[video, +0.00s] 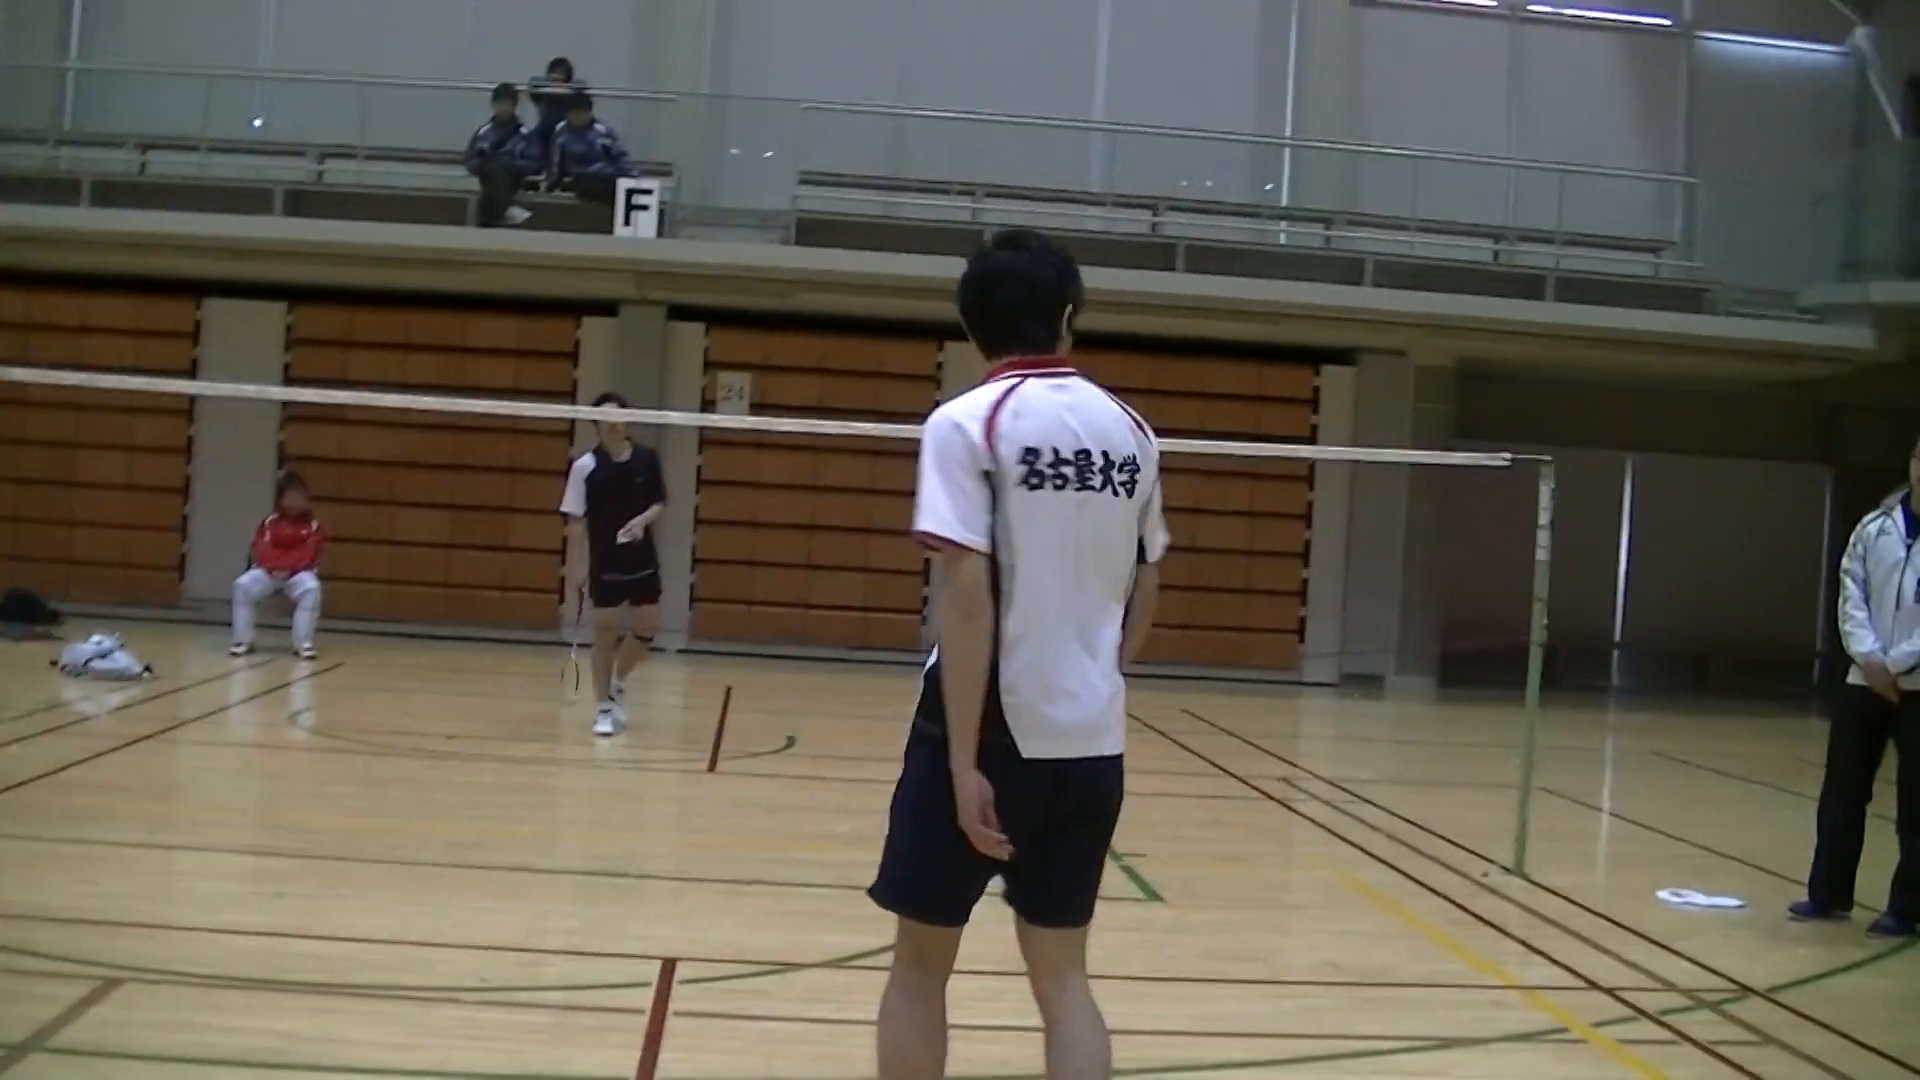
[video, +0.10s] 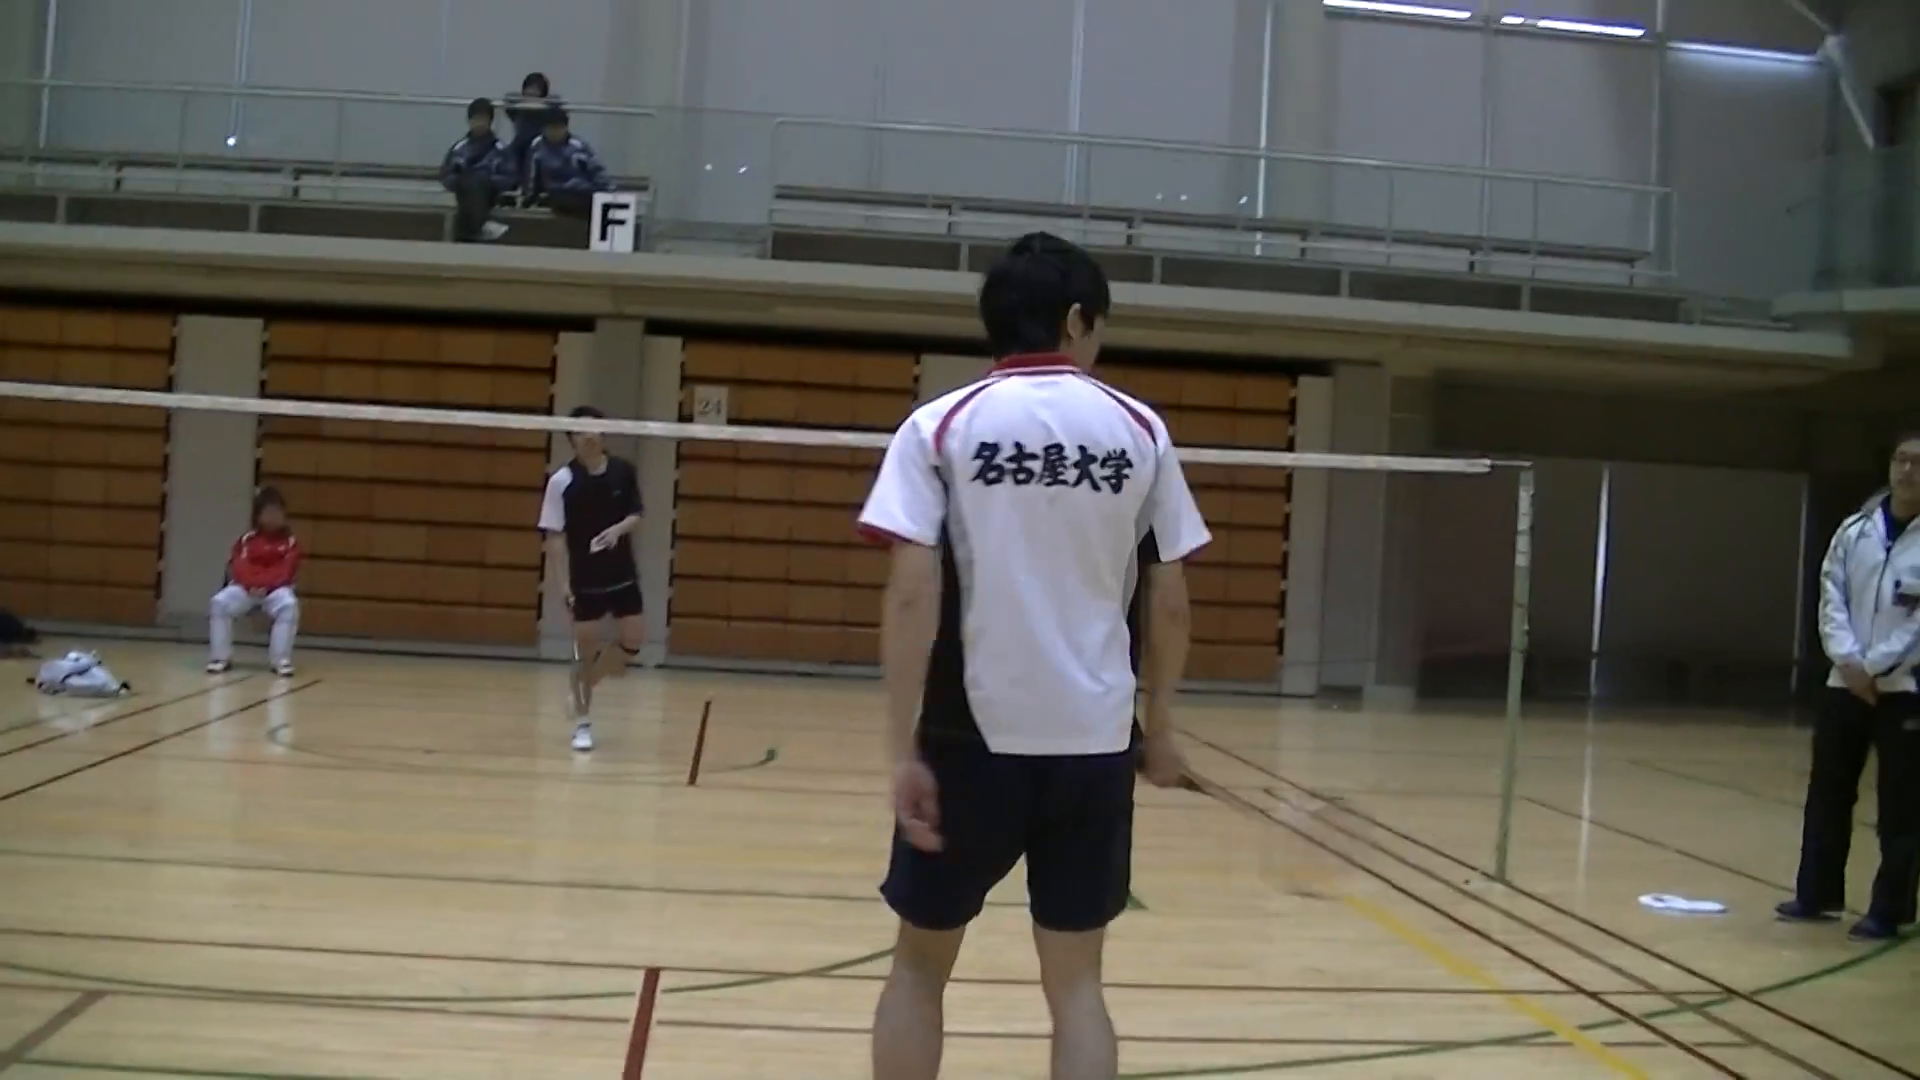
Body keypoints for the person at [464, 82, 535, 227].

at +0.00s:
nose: (503, 109)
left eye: (507, 104)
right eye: (499, 104)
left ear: (514, 105)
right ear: (493, 105)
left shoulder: (526, 134)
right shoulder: (483, 133)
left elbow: (534, 165)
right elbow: (470, 161)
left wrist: (507, 165)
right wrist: (490, 166)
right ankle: (507, 208)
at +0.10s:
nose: (479, 124)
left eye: (483, 120)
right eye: (475, 119)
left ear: (490, 121)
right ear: (469, 121)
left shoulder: (502, 149)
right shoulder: (458, 148)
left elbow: (511, 180)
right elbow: (446, 176)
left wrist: (485, 180)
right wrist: (465, 182)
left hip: (491, 196)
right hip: (463, 195)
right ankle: (482, 224)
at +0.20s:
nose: (458, 132)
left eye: (462, 127)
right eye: (454, 127)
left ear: (468, 128)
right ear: (448, 128)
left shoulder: (481, 157)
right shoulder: (437, 157)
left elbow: (490, 187)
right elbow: (425, 184)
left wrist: (465, 188)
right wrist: (441, 191)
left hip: (470, 202)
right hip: (442, 201)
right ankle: (460, 232)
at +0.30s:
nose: (431, 119)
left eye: (435, 114)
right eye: (427, 113)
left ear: (443, 115)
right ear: (421, 115)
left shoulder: (455, 143)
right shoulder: (411, 142)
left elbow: (464, 173)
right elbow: (399, 170)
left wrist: (439, 175)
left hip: (444, 191)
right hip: (416, 190)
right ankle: (435, 221)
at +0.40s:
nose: (411, 101)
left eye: (415, 96)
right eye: (407, 96)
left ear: (422, 97)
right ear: (401, 97)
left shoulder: (436, 126)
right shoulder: (391, 125)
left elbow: (445, 155)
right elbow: (379, 152)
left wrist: (419, 156)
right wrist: (395, 161)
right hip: (398, 177)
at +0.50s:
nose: (395, 75)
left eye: (399, 70)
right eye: (391, 70)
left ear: (407, 72)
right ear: (385, 72)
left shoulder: (419, 100)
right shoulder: (376, 101)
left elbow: (429, 128)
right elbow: (366, 128)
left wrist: (407, 132)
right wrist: (381, 138)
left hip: (412, 147)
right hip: (384, 148)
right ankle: (403, 177)